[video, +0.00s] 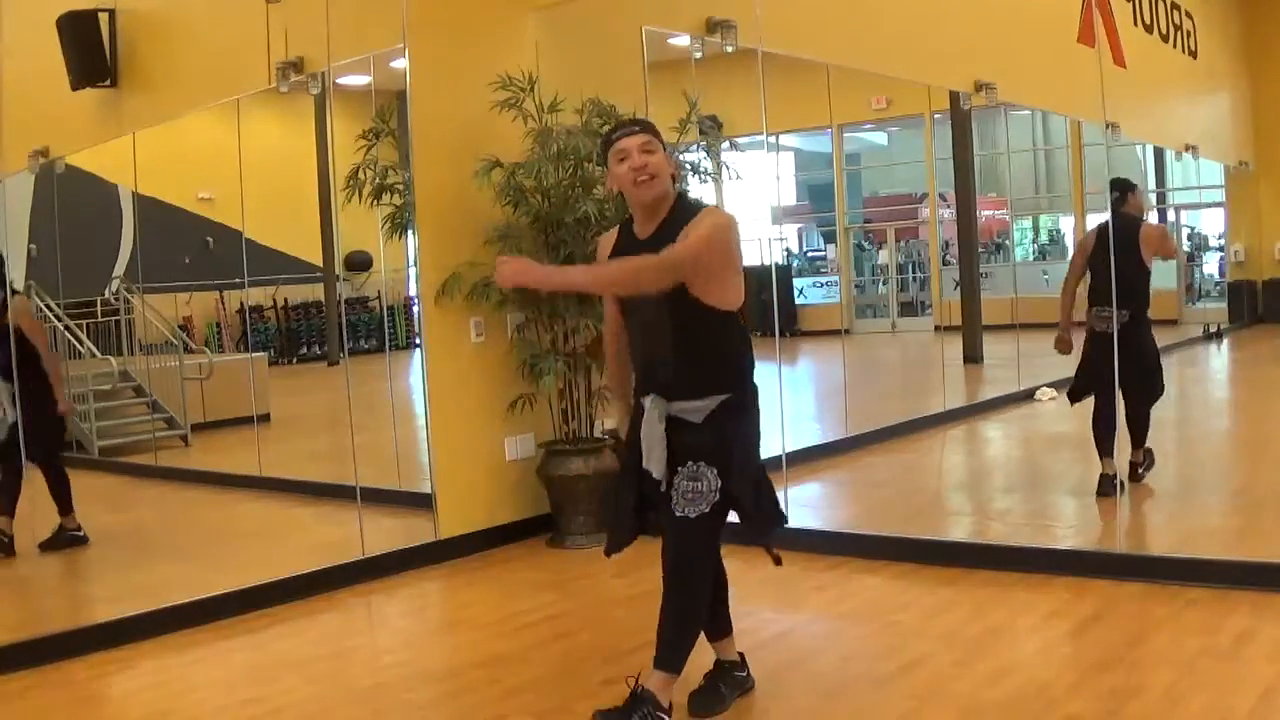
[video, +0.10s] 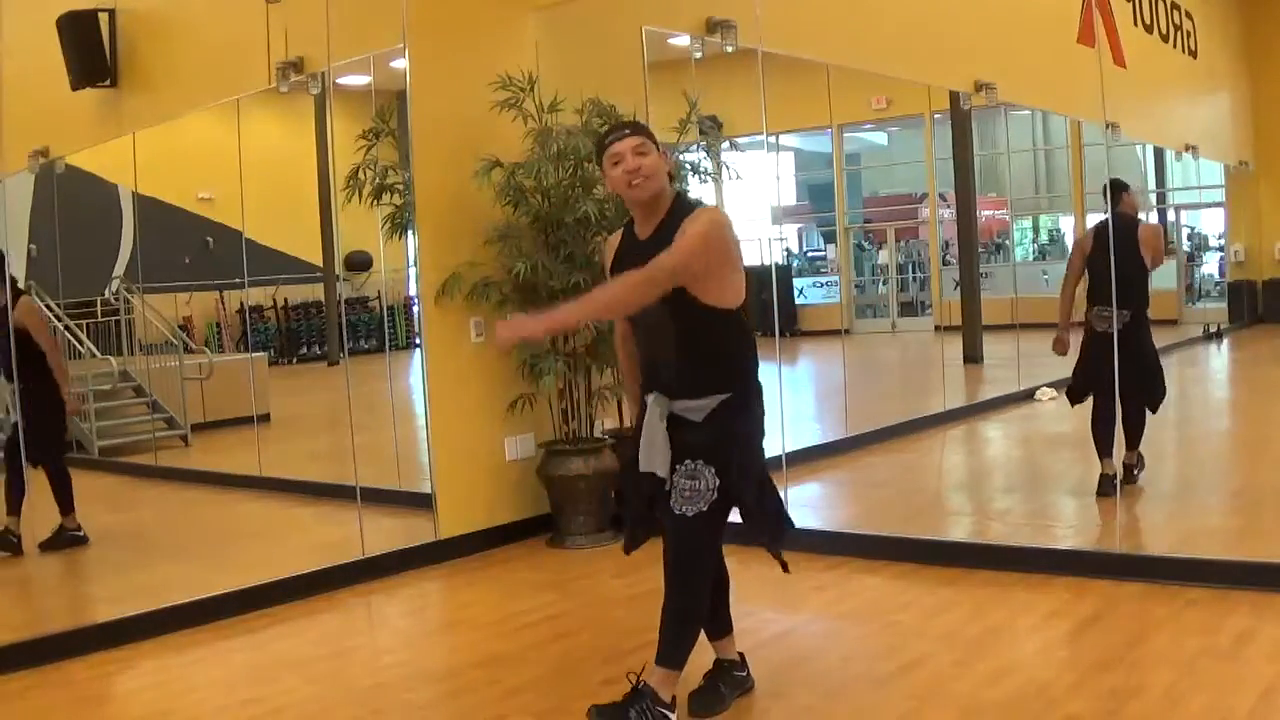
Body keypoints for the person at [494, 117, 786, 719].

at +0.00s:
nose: (638, 161)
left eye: (648, 150)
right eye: (623, 158)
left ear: (672, 163)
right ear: (613, 182)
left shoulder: (712, 226)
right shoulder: (612, 248)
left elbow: (657, 273)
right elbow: (615, 338)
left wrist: (543, 275)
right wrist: (626, 410)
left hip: (717, 410)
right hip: (658, 412)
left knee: (685, 551)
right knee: (691, 544)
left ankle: (655, 697)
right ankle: (731, 663)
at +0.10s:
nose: (632, 164)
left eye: (642, 152)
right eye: (617, 161)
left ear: (666, 164)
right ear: (609, 186)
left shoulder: (707, 227)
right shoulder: (619, 249)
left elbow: (646, 286)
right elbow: (626, 337)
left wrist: (546, 321)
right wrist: (636, 413)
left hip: (721, 409)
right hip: (666, 410)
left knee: (686, 543)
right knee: (690, 538)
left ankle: (658, 695)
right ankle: (731, 663)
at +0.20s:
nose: (622, 166)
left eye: (632, 153)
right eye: (609, 163)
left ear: (661, 165)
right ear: (603, 186)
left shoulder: (698, 228)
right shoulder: (623, 248)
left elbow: (659, 325)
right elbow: (647, 330)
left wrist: (590, 404)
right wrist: (638, 391)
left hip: (719, 408)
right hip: (663, 408)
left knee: (686, 544)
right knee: (690, 534)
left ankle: (660, 692)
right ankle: (730, 662)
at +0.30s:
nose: (607, 167)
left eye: (620, 155)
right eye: (597, 163)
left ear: (653, 164)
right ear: (597, 185)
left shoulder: (690, 232)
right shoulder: (629, 247)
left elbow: (703, 350)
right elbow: (650, 343)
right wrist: (648, 417)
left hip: (712, 412)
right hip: (668, 410)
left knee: (676, 541)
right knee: (689, 536)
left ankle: (664, 693)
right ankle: (729, 661)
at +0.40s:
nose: (601, 165)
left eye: (614, 152)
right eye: (592, 160)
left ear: (649, 164)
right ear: (592, 183)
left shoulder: (685, 229)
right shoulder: (624, 246)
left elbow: (740, 325)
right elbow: (653, 337)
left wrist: (761, 423)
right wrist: (648, 412)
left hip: (708, 409)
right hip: (664, 410)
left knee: (669, 536)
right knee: (692, 535)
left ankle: (681, 690)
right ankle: (727, 661)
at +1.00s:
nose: (646, 133)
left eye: (658, 124)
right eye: (629, 129)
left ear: (681, 147)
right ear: (611, 159)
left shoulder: (731, 232)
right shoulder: (581, 250)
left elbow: (750, 334)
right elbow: (565, 362)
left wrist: (670, 390)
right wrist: (566, 465)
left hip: (714, 439)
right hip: (628, 442)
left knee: (707, 599)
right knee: (625, 589)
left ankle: (698, 707)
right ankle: (670, 641)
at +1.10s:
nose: (654, 128)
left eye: (666, 119)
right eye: (637, 123)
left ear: (687, 140)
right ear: (615, 149)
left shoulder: (732, 220)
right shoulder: (579, 240)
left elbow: (735, 307)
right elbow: (559, 353)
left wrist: (666, 284)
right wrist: (562, 461)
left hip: (710, 434)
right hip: (620, 439)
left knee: (707, 601)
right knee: (610, 609)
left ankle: (707, 712)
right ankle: (640, 683)